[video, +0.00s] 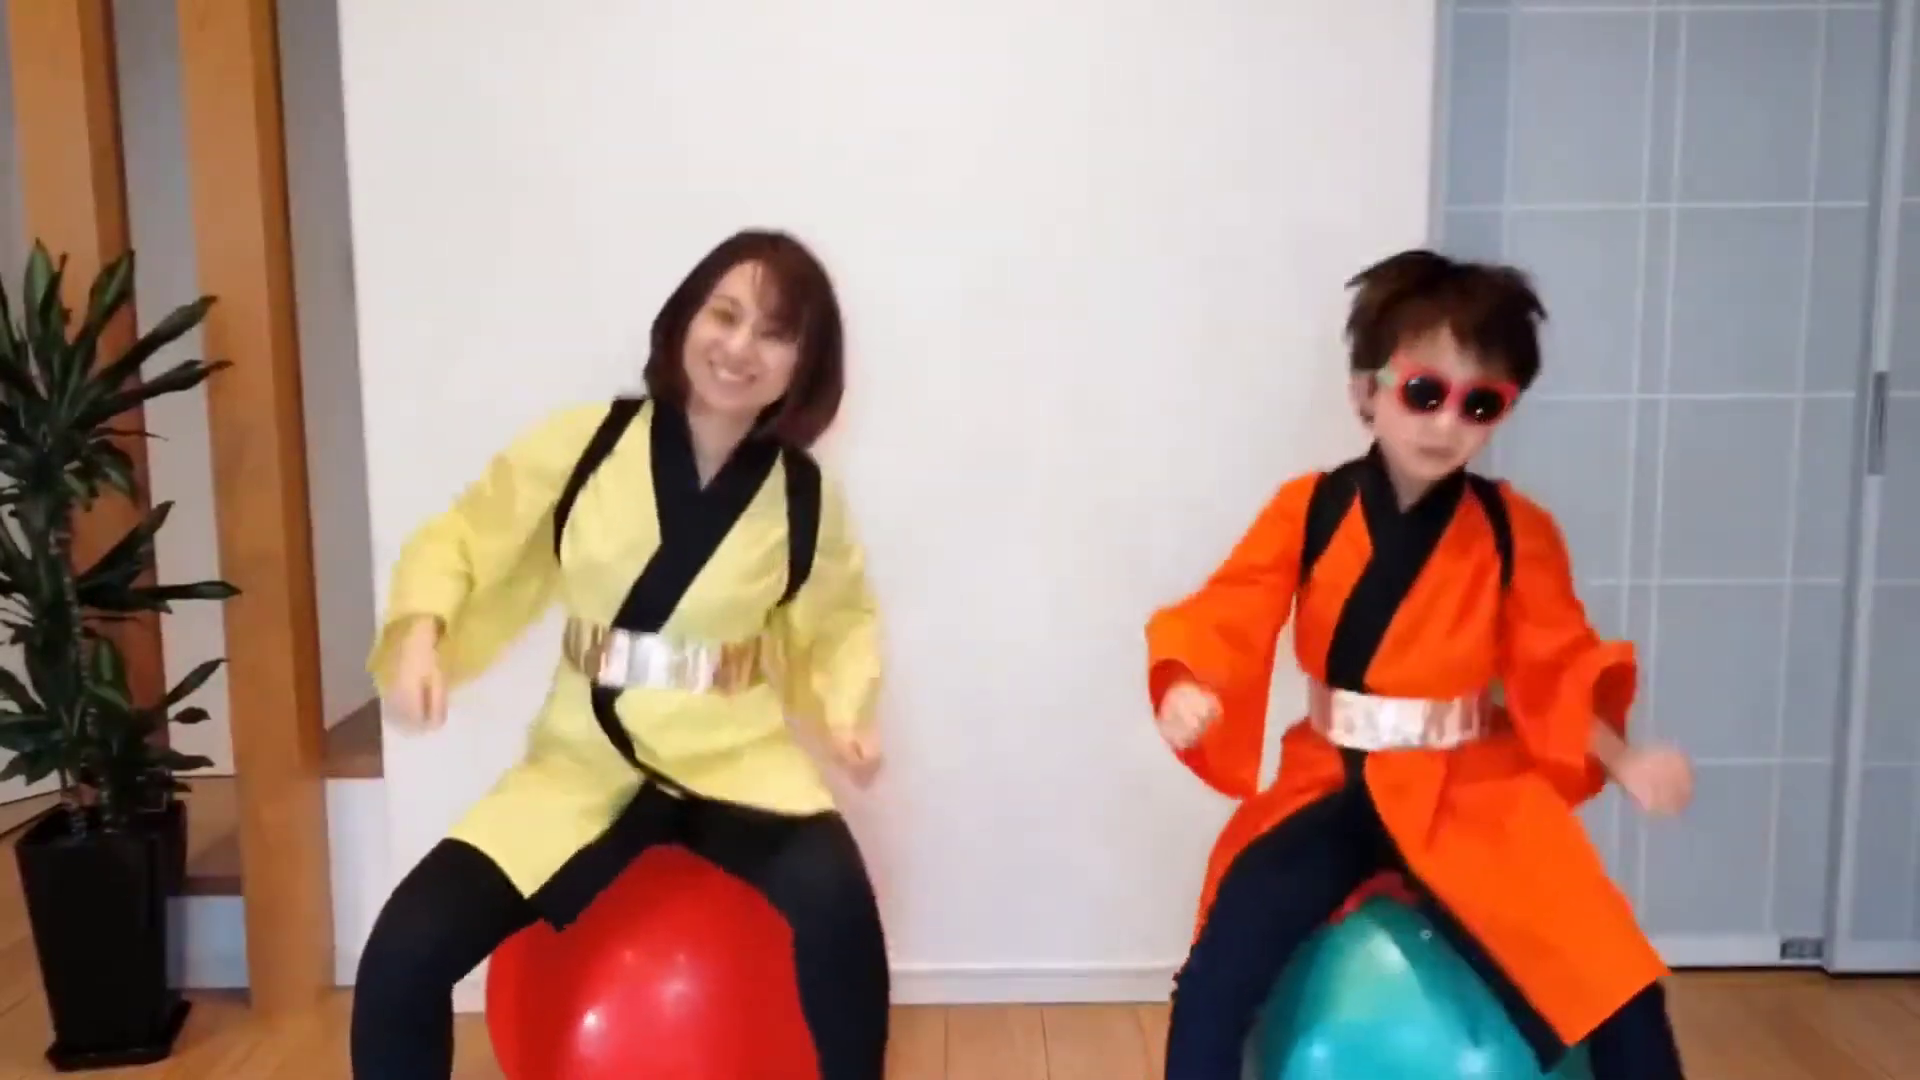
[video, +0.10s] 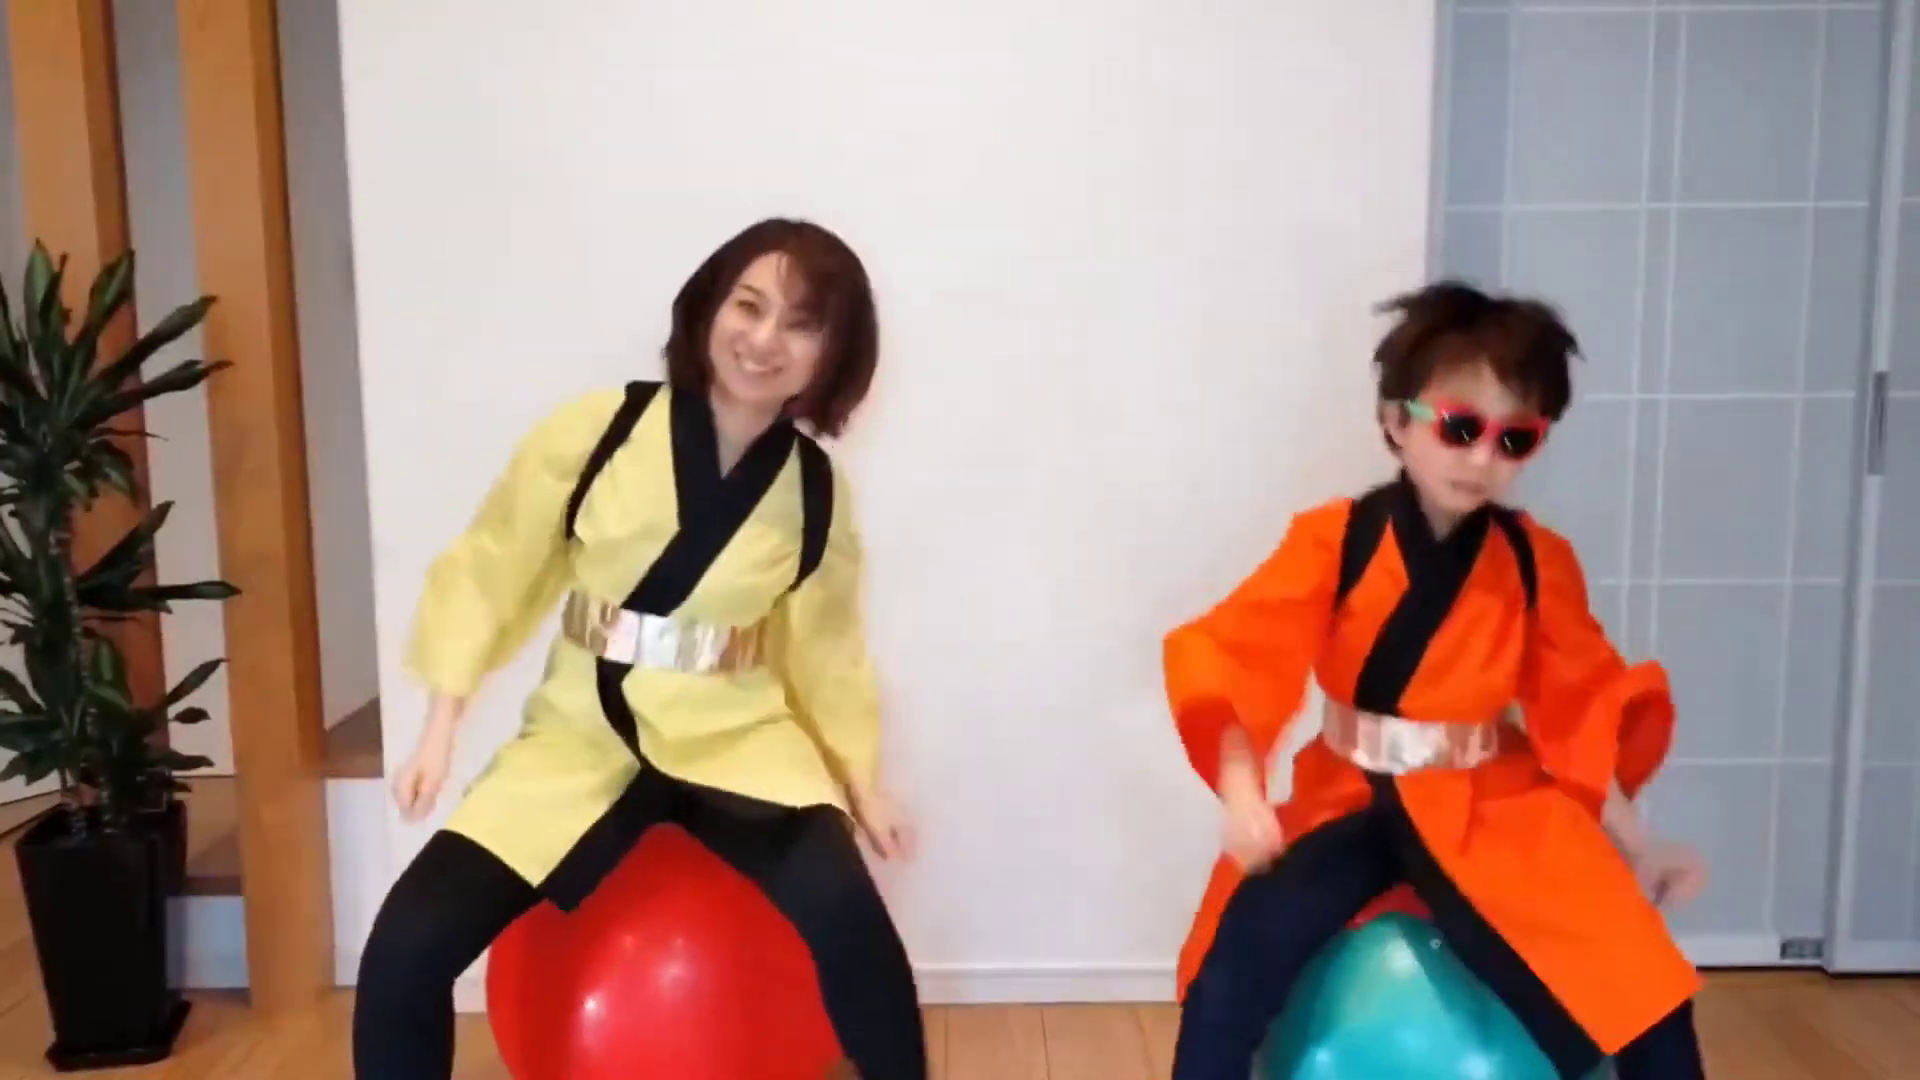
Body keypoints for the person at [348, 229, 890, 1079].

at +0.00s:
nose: (738, 345)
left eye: (774, 331)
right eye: (723, 313)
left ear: (803, 365)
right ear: (683, 320)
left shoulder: (802, 497)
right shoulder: (585, 443)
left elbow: (837, 626)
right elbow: (461, 538)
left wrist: (843, 714)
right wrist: (417, 630)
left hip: (737, 769)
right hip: (585, 770)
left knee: (837, 899)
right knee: (405, 947)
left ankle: (852, 1069)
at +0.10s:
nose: (762, 337)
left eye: (799, 323)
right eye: (748, 304)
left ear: (830, 356)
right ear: (708, 308)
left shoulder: (814, 488)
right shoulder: (600, 430)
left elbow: (826, 648)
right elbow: (495, 565)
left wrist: (863, 783)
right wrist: (442, 719)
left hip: (740, 744)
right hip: (583, 743)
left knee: (847, 906)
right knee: (405, 944)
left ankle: (899, 1072)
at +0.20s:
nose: (769, 376)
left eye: (806, 364)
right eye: (755, 345)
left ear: (835, 401)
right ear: (716, 354)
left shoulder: (822, 540)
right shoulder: (611, 481)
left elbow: (843, 703)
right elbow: (511, 639)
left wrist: (888, 845)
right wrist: (413, 807)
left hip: (746, 791)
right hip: (588, 784)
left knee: (857, 949)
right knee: (403, 948)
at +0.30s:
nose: (753, 418)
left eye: (786, 403)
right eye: (734, 391)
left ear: (818, 436)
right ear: (695, 403)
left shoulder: (818, 583)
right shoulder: (615, 536)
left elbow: (882, 736)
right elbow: (492, 674)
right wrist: (363, 796)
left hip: (760, 839)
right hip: (602, 836)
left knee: (870, 963)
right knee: (410, 959)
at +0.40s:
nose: (733, 377)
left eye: (764, 360)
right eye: (711, 350)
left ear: (797, 393)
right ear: (673, 370)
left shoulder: (807, 537)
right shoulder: (606, 508)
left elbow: (903, 669)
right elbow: (509, 602)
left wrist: (1038, 736)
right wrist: (425, 650)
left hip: (769, 817)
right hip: (616, 818)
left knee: (877, 955)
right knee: (433, 954)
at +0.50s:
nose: (715, 318)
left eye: (746, 298)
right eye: (693, 291)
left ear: (779, 326)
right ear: (653, 309)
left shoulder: (804, 474)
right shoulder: (588, 456)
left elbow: (907, 618)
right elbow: (483, 617)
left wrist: (988, 593)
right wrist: (456, 540)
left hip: (778, 755)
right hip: (629, 758)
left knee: (881, 946)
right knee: (463, 937)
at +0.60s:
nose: (701, 307)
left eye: (732, 286)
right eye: (678, 279)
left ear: (764, 313)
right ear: (635, 296)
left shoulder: (801, 453)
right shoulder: (575, 447)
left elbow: (883, 638)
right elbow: (500, 632)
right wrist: (492, 485)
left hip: (790, 745)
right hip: (639, 754)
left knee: (879, 931)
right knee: (499, 924)